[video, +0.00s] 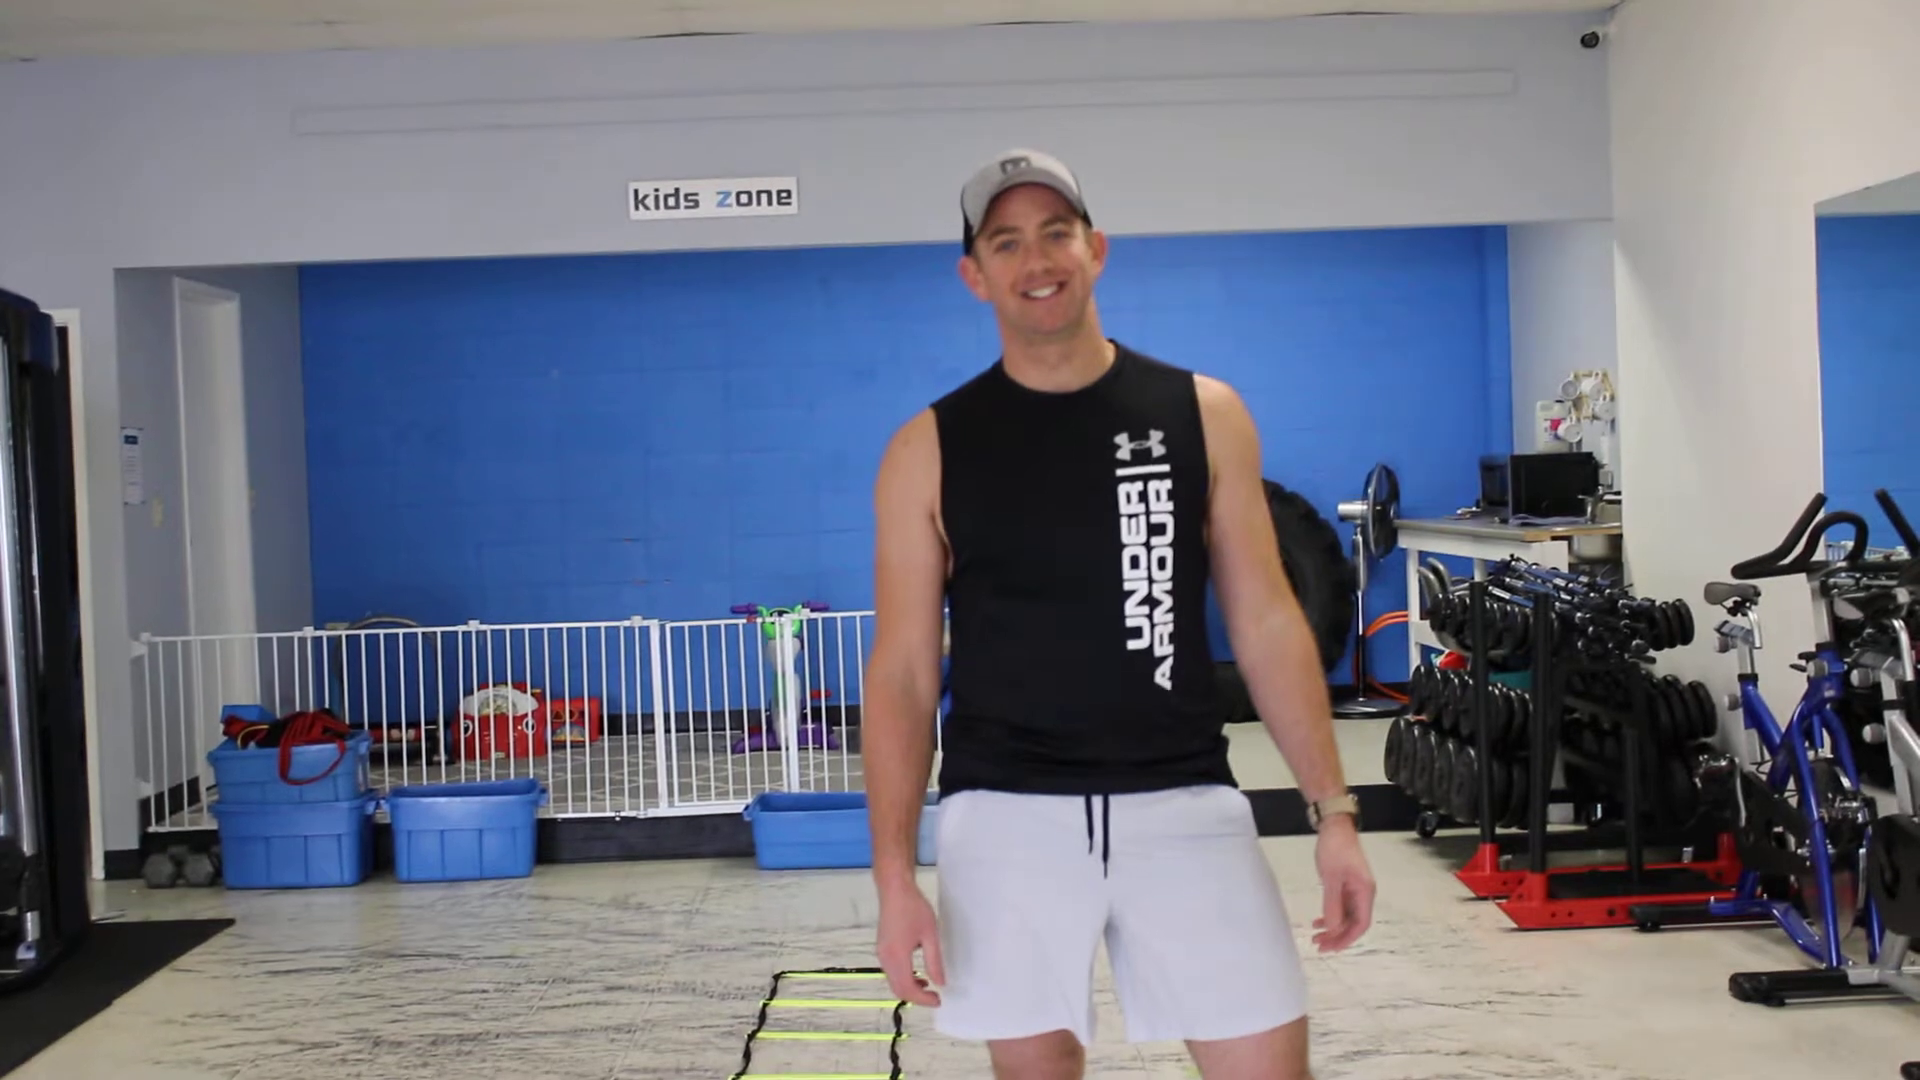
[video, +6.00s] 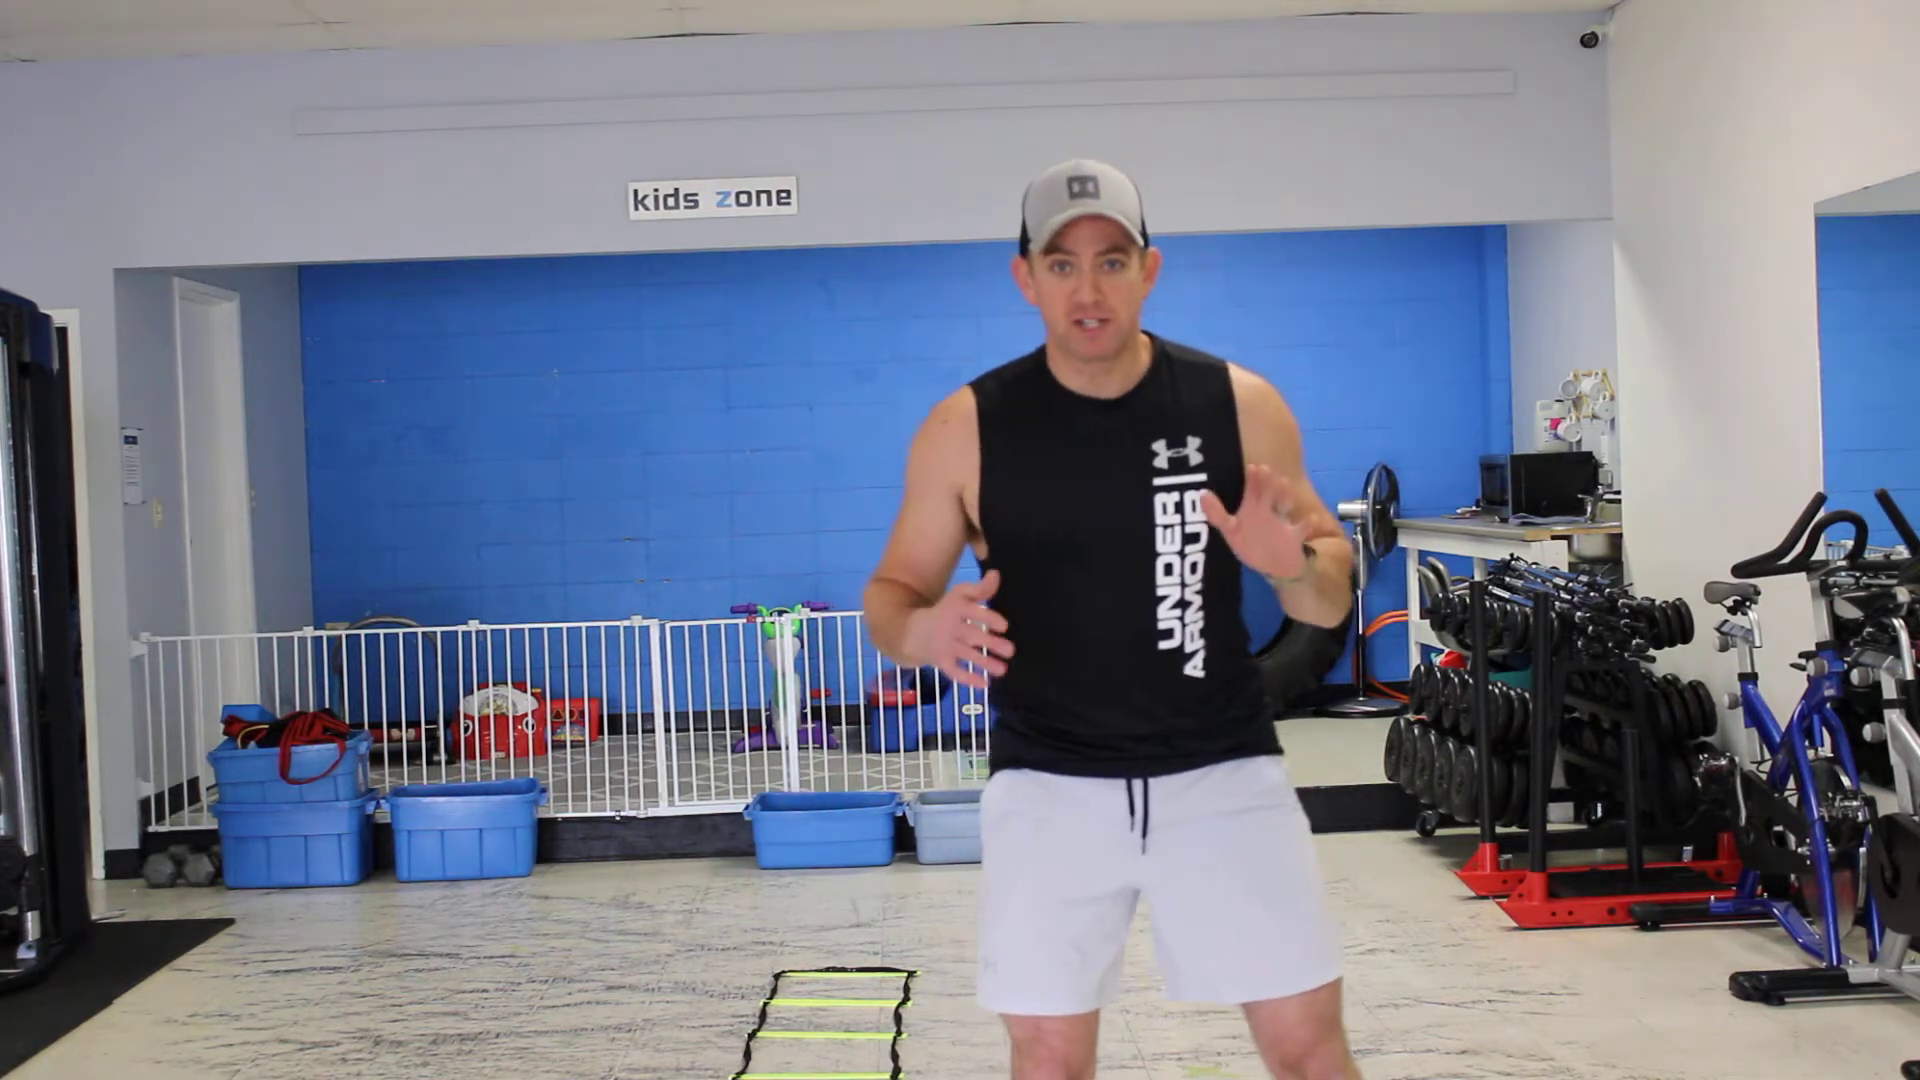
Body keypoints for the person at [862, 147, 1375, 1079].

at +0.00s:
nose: (1038, 256)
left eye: (1058, 231)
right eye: (1008, 241)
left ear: (1097, 250)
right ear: (976, 275)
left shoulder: (1205, 415)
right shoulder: (928, 450)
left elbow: (1265, 622)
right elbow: (902, 678)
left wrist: (1334, 814)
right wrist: (895, 880)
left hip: (1188, 814)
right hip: (1007, 825)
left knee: (1270, 1065)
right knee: (1037, 1066)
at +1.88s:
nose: (1054, 244)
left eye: (1071, 218)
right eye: (1024, 234)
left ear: (1117, 230)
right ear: (1004, 273)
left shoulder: (1242, 382)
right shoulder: (977, 434)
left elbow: (1299, 581)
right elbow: (955, 629)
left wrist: (1277, 761)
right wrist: (948, 746)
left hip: (1233, 795)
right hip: (1053, 806)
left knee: (1266, 1066)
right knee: (1072, 1065)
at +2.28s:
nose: (1053, 295)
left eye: (1058, 267)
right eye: (1047, 272)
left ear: (1120, 253)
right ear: (1119, 257)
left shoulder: (1291, 387)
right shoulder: (1101, 406)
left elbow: (1316, 620)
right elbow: (1096, 591)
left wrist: (1218, 786)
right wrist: (1016, 712)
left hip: (1264, 801)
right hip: (1110, 788)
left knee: (1275, 1063)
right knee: (1109, 1060)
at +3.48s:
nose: (1075, 243)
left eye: (1092, 217)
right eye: (1044, 231)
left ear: (1132, 229)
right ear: (1016, 270)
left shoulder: (1252, 382)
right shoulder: (992, 409)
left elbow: (1322, 586)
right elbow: (946, 570)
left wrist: (1254, 692)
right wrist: (874, 710)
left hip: (1231, 790)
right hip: (1054, 798)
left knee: (1273, 1066)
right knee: (1070, 1065)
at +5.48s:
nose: (1137, 253)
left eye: (1163, 228)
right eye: (1113, 229)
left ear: (1201, 247)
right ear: (1078, 248)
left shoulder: (1287, 393)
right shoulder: (1010, 401)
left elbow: (1355, 556)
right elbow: (938, 569)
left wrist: (1327, 611)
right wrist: (928, 635)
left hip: (1241, 775)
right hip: (1065, 781)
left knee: (1259, 1054)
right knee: (1057, 1058)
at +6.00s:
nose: (1088, 292)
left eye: (1110, 262)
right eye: (1062, 265)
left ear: (1149, 270)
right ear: (1025, 279)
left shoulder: (1243, 409)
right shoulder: (966, 428)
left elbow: (1333, 594)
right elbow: (892, 597)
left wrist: (1294, 566)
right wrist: (919, 630)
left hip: (1225, 781)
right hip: (1049, 794)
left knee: (1310, 1050)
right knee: (1049, 1062)